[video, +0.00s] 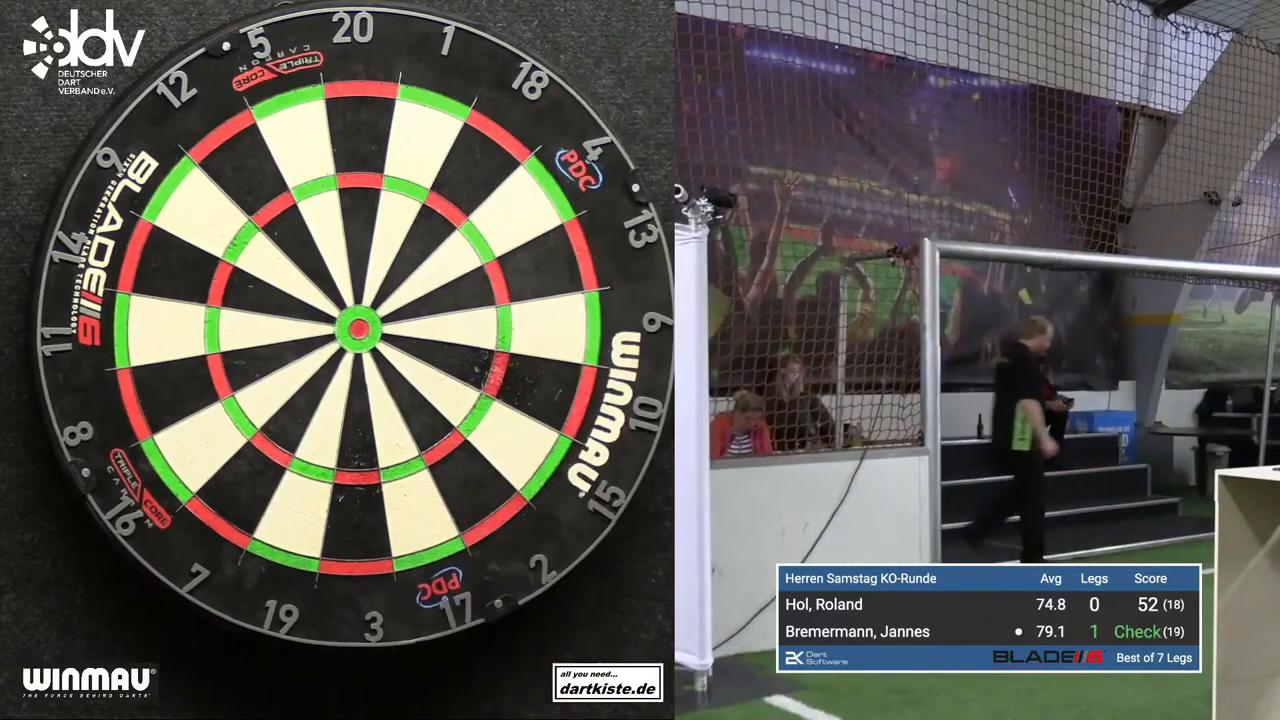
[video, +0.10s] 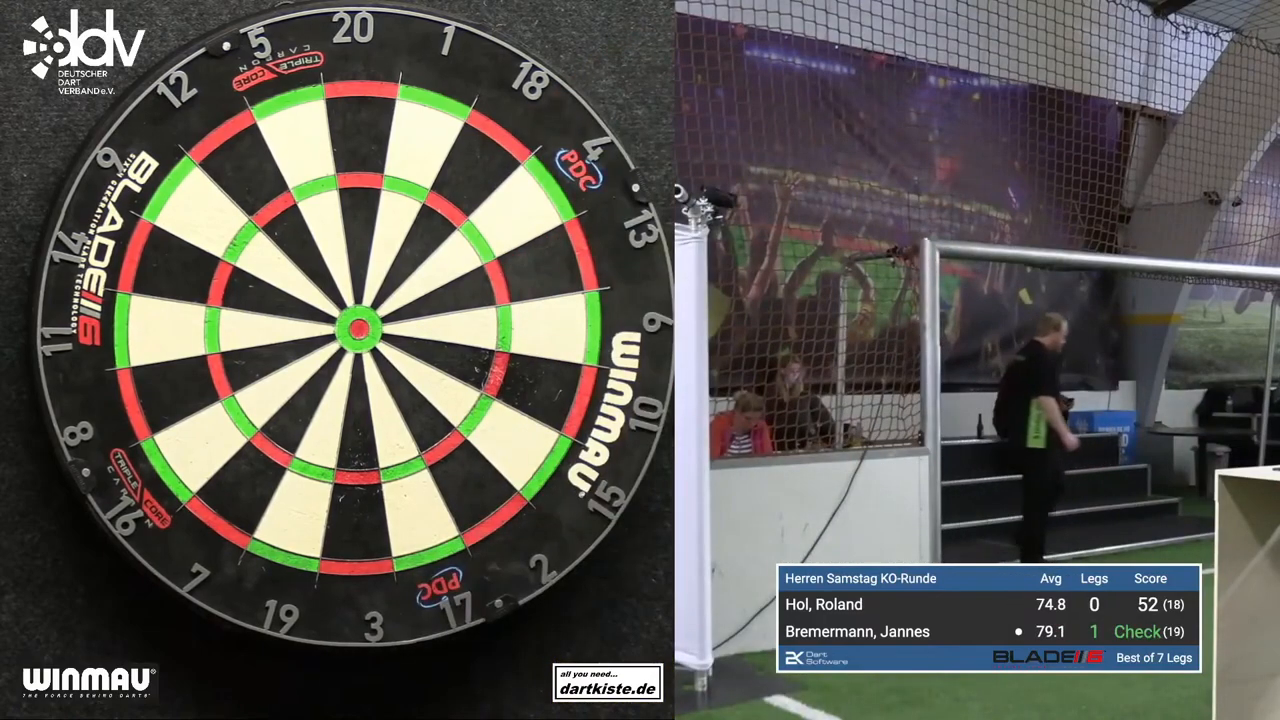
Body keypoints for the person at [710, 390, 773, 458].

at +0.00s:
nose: (753, 423)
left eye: (757, 419)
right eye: (748, 418)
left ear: (760, 417)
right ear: (737, 413)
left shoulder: (761, 427)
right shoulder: (719, 425)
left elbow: (768, 458)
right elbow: (714, 460)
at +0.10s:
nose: (753, 424)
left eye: (757, 419)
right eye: (748, 419)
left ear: (760, 417)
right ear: (737, 413)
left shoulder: (761, 427)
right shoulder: (719, 424)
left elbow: (768, 458)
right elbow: (713, 460)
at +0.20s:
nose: (753, 424)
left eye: (757, 419)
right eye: (748, 419)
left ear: (760, 417)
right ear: (737, 413)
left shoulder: (761, 427)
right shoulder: (719, 424)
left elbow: (768, 458)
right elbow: (713, 460)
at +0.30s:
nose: (753, 424)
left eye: (757, 419)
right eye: (748, 418)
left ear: (760, 417)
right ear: (737, 413)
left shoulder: (761, 427)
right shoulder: (719, 425)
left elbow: (768, 458)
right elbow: (713, 460)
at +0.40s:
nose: (753, 424)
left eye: (757, 419)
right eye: (748, 418)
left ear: (760, 417)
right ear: (737, 412)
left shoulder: (761, 427)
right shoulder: (719, 425)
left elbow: (768, 458)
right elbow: (713, 460)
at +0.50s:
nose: (753, 424)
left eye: (757, 419)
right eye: (748, 418)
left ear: (760, 417)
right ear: (737, 412)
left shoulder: (761, 427)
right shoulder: (719, 425)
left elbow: (768, 458)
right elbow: (713, 460)